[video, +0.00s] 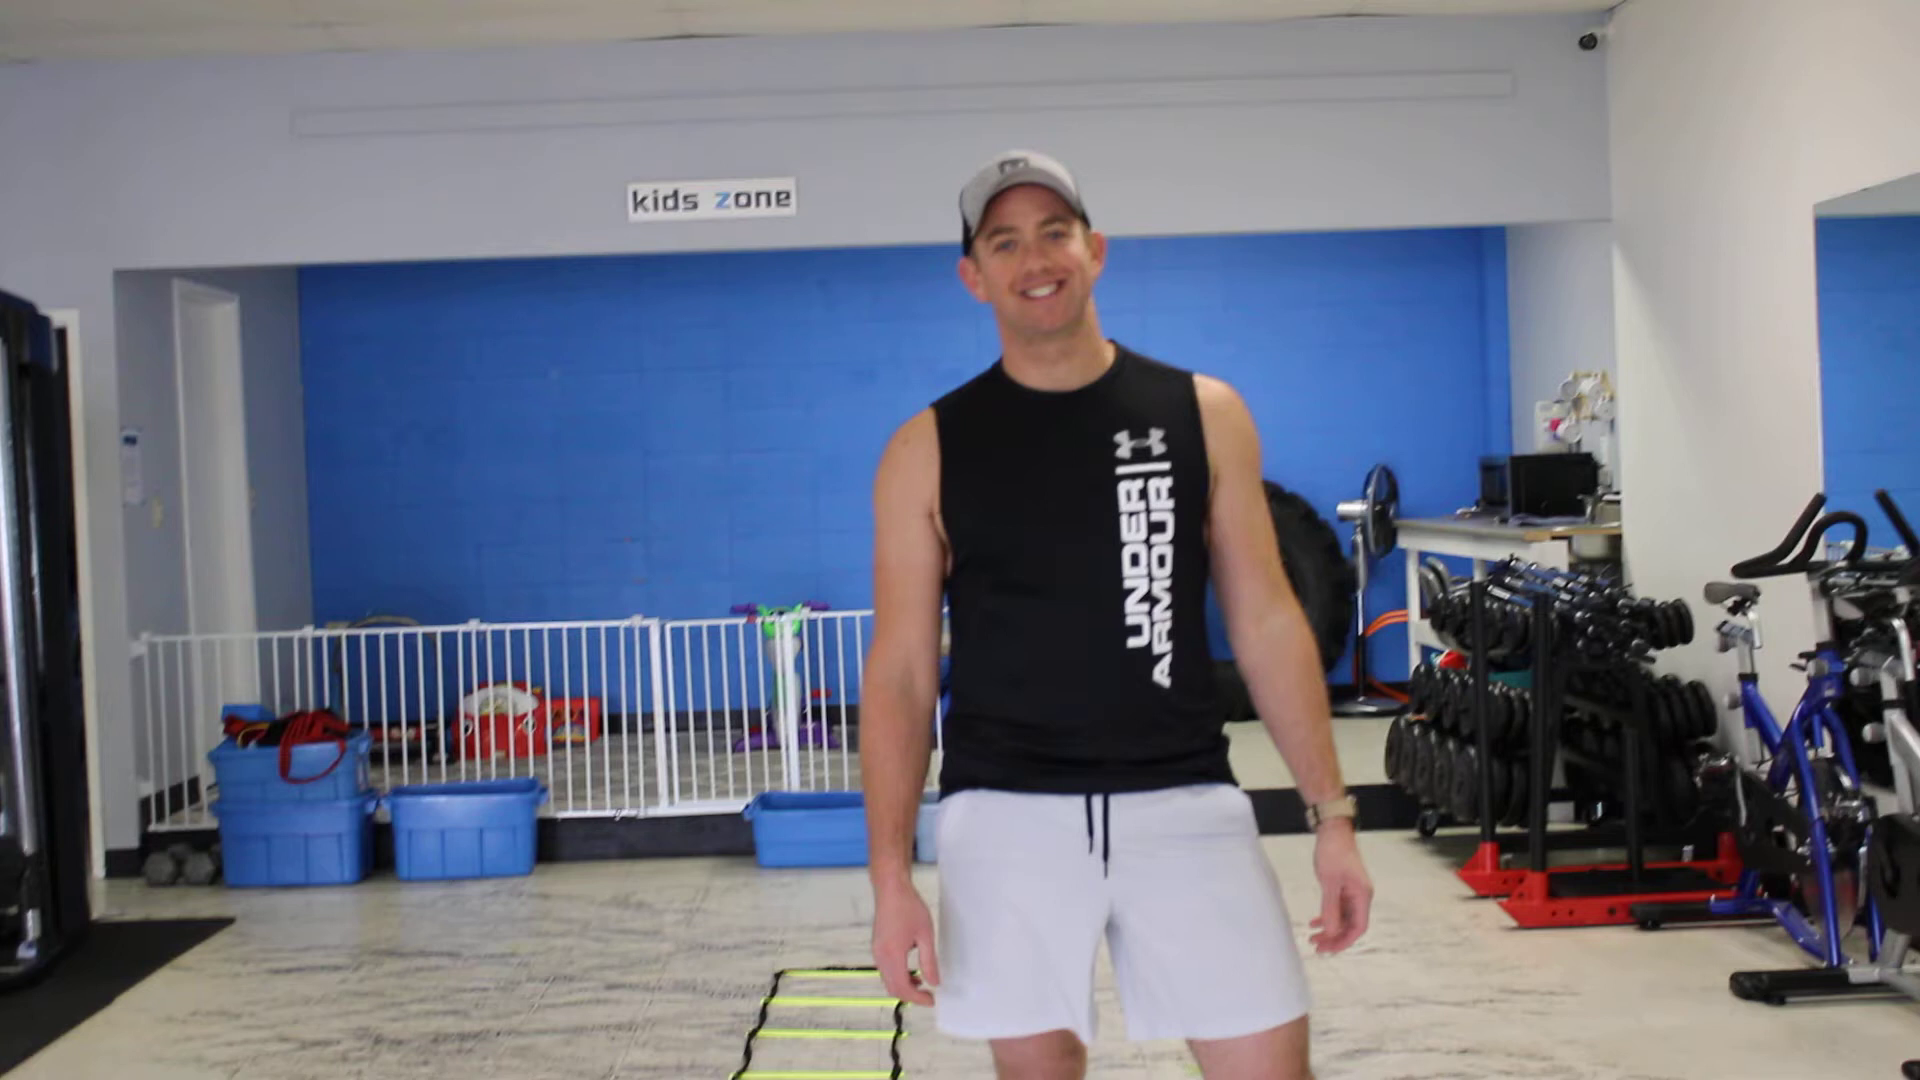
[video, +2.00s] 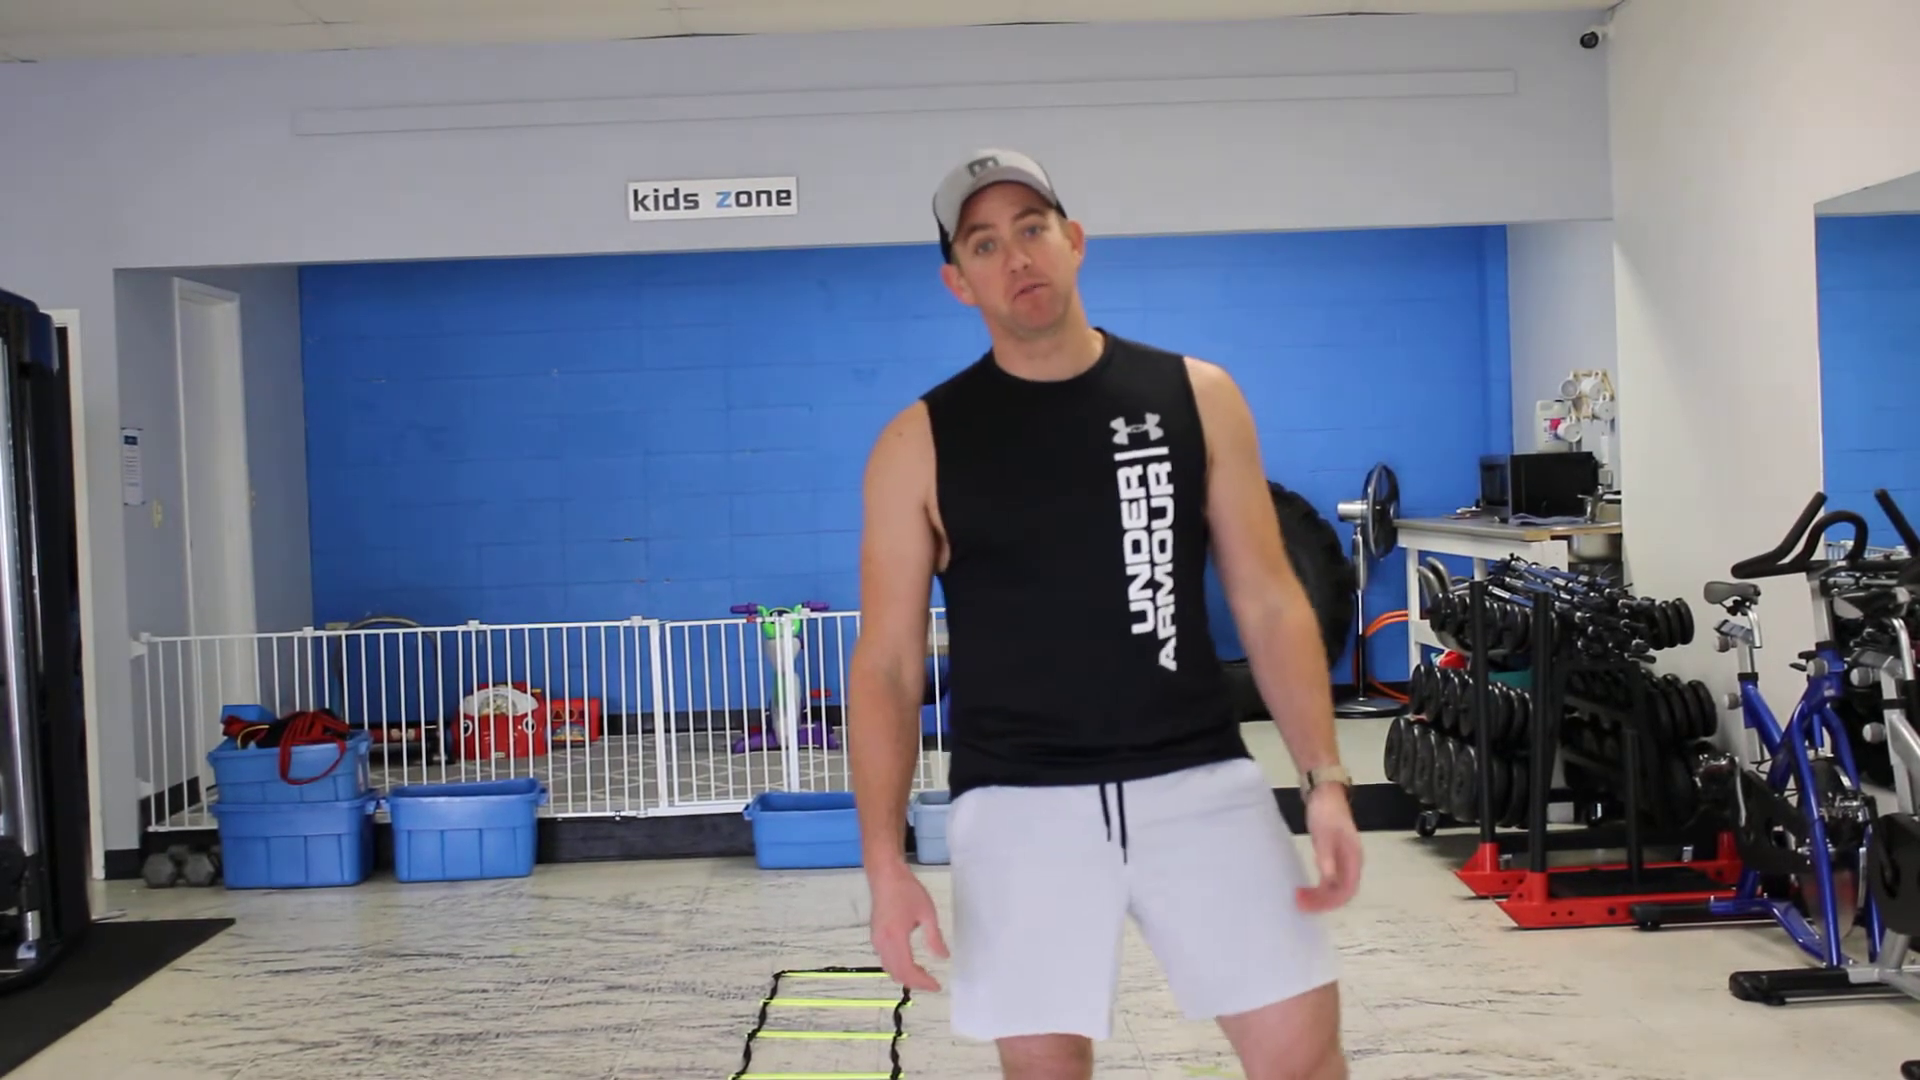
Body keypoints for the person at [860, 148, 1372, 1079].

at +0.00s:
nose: (1037, 255)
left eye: (1056, 231)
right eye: (1006, 240)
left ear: (1095, 251)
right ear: (975, 277)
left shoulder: (1205, 415)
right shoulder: (928, 449)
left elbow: (1265, 621)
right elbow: (901, 675)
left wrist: (1332, 816)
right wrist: (891, 879)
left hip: (1188, 811)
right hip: (1006, 824)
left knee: (1271, 1064)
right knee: (1038, 1065)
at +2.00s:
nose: (1017, 255)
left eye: (1033, 227)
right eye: (986, 243)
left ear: (1075, 241)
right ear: (959, 282)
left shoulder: (1198, 398)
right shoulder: (919, 443)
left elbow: (1268, 598)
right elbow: (887, 667)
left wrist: (1323, 776)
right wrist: (884, 859)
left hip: (1204, 795)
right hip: (1019, 816)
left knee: (1305, 1059)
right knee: (1046, 1067)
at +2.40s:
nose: (1054, 244)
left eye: (1071, 218)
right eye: (1024, 234)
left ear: (1117, 230)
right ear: (1004, 273)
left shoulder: (1242, 382)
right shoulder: (977, 434)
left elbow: (1299, 581)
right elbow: (955, 629)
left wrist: (1277, 761)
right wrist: (948, 746)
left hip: (1233, 795)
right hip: (1053, 806)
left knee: (1266, 1066)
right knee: (1072, 1065)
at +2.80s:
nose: (1053, 295)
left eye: (1058, 267)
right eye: (1047, 272)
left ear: (1120, 253)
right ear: (1119, 257)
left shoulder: (1291, 387)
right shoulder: (1101, 406)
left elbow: (1316, 620)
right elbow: (1096, 591)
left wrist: (1218, 786)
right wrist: (1016, 712)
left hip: (1264, 801)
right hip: (1110, 788)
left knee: (1275, 1063)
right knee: (1109, 1060)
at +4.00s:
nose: (1075, 243)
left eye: (1092, 217)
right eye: (1044, 231)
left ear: (1132, 229)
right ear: (1016, 270)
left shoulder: (1252, 382)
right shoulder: (992, 409)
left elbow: (1322, 586)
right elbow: (946, 570)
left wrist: (1254, 692)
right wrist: (874, 710)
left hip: (1231, 790)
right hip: (1054, 798)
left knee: (1273, 1066)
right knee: (1070, 1065)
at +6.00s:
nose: (1137, 253)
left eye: (1163, 228)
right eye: (1113, 229)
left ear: (1201, 247)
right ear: (1078, 248)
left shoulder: (1287, 393)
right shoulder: (1010, 401)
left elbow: (1355, 556)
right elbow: (938, 569)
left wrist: (1327, 611)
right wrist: (928, 635)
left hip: (1241, 775)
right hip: (1065, 781)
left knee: (1259, 1054)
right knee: (1057, 1058)